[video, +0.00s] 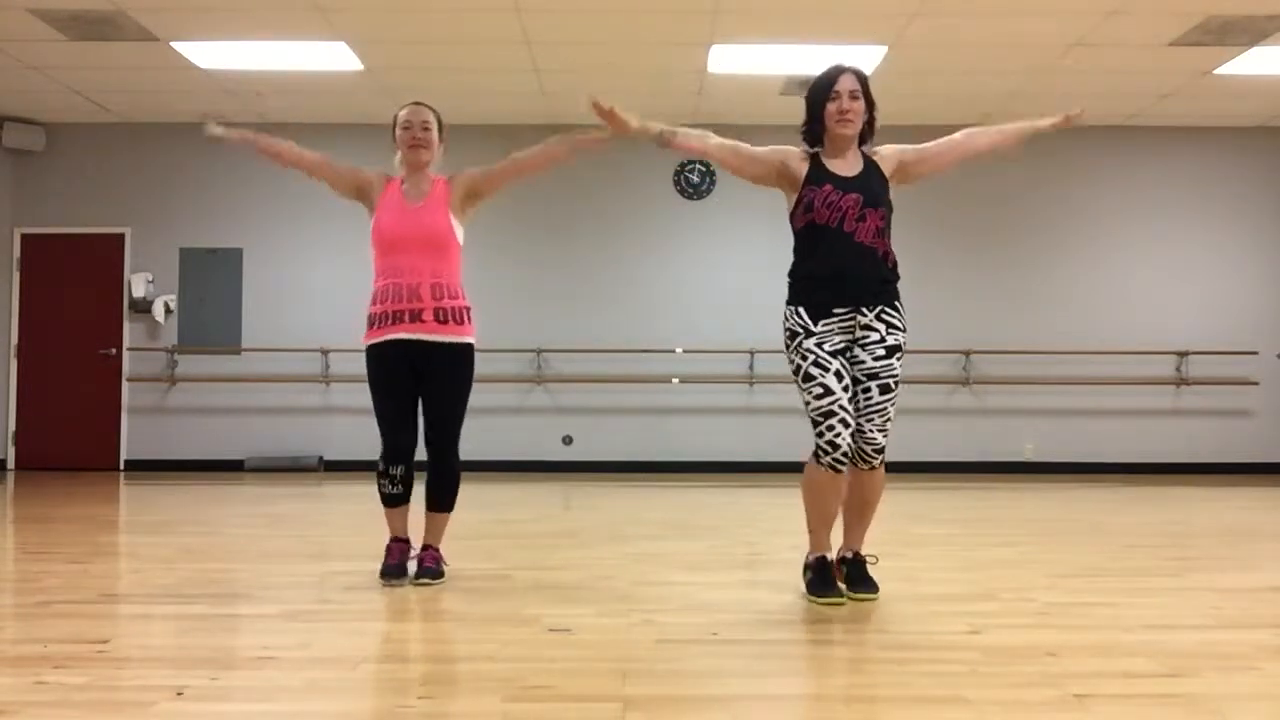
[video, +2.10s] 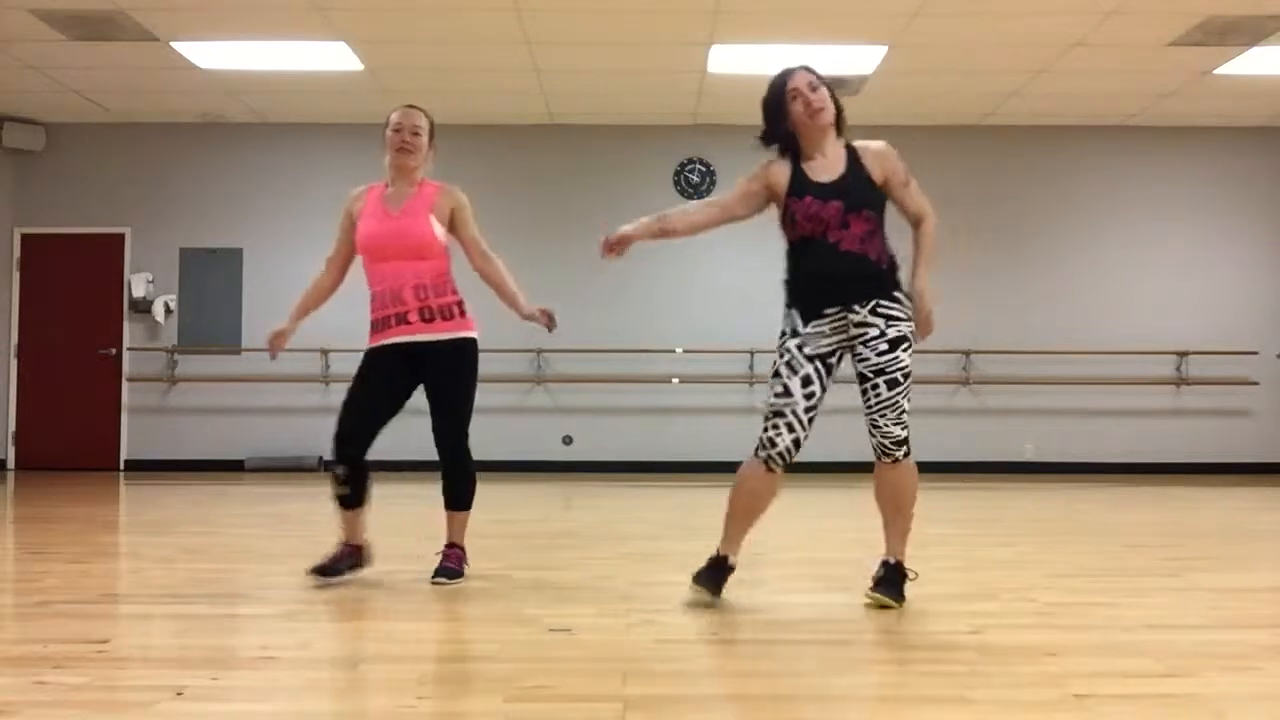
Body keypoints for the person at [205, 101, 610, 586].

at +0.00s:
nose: (418, 132)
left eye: (427, 126)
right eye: (409, 126)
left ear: (440, 141)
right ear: (394, 141)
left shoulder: (459, 191)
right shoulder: (375, 187)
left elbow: (527, 161)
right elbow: (309, 162)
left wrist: (604, 137)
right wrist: (247, 137)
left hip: (449, 337)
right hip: (389, 336)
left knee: (443, 445)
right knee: (397, 445)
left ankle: (431, 549)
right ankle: (398, 543)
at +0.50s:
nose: (415, 132)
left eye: (424, 126)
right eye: (405, 126)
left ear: (438, 140)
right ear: (393, 141)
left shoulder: (461, 192)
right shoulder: (374, 193)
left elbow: (537, 194)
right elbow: (295, 203)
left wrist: (605, 200)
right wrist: (229, 212)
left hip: (446, 336)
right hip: (386, 334)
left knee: (432, 444)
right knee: (392, 442)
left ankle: (432, 549)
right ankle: (399, 550)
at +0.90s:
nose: (422, 131)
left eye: (431, 126)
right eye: (412, 125)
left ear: (442, 143)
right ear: (397, 141)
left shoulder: (462, 196)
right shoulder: (373, 196)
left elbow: (534, 220)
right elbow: (304, 238)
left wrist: (595, 241)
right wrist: (248, 273)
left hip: (452, 338)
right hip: (392, 338)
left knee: (444, 448)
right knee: (399, 448)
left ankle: (434, 549)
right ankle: (400, 547)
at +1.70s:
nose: (429, 132)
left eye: (437, 126)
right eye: (419, 125)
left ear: (451, 139)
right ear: (406, 136)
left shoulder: (472, 194)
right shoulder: (384, 195)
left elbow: (516, 249)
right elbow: (342, 260)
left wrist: (566, 299)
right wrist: (298, 312)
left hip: (459, 338)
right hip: (399, 337)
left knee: (452, 445)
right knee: (405, 448)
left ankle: (446, 550)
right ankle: (408, 551)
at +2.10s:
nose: (406, 137)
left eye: (416, 132)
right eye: (398, 129)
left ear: (429, 146)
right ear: (384, 139)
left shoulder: (448, 199)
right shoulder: (361, 203)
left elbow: (484, 259)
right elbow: (333, 271)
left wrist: (522, 306)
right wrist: (292, 321)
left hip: (450, 343)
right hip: (391, 346)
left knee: (452, 444)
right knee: (348, 441)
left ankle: (455, 548)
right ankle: (353, 545)